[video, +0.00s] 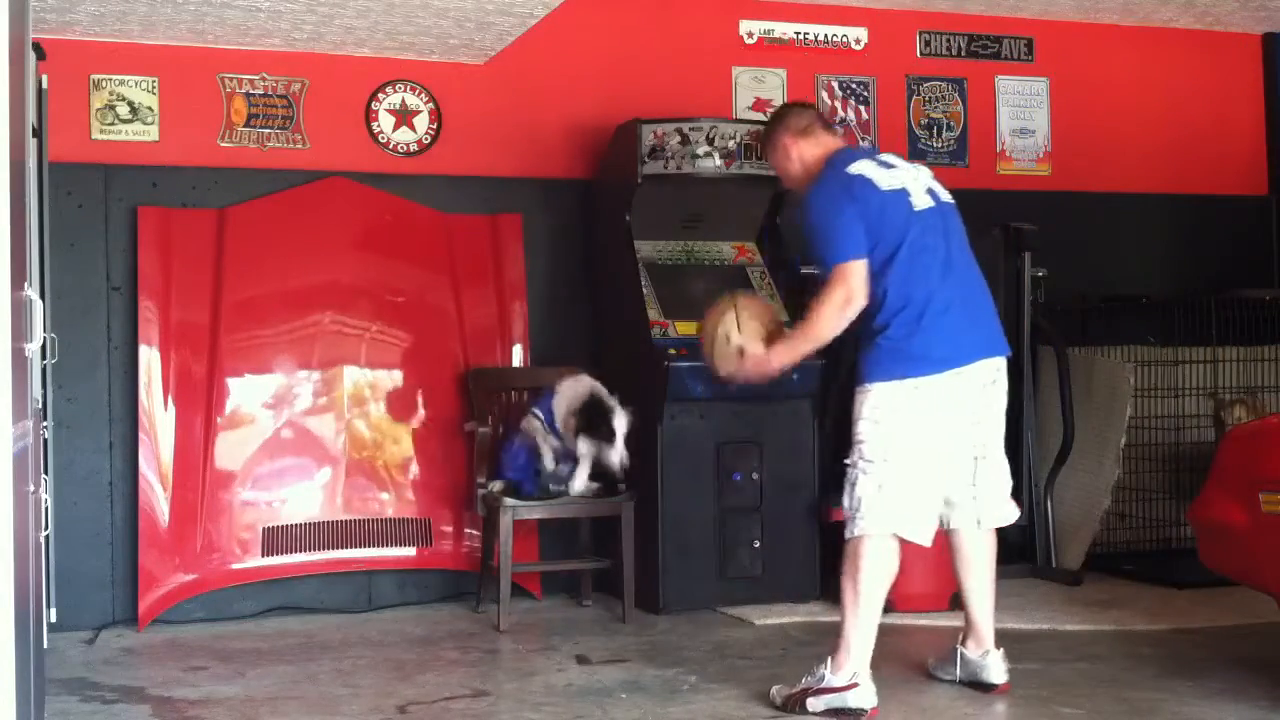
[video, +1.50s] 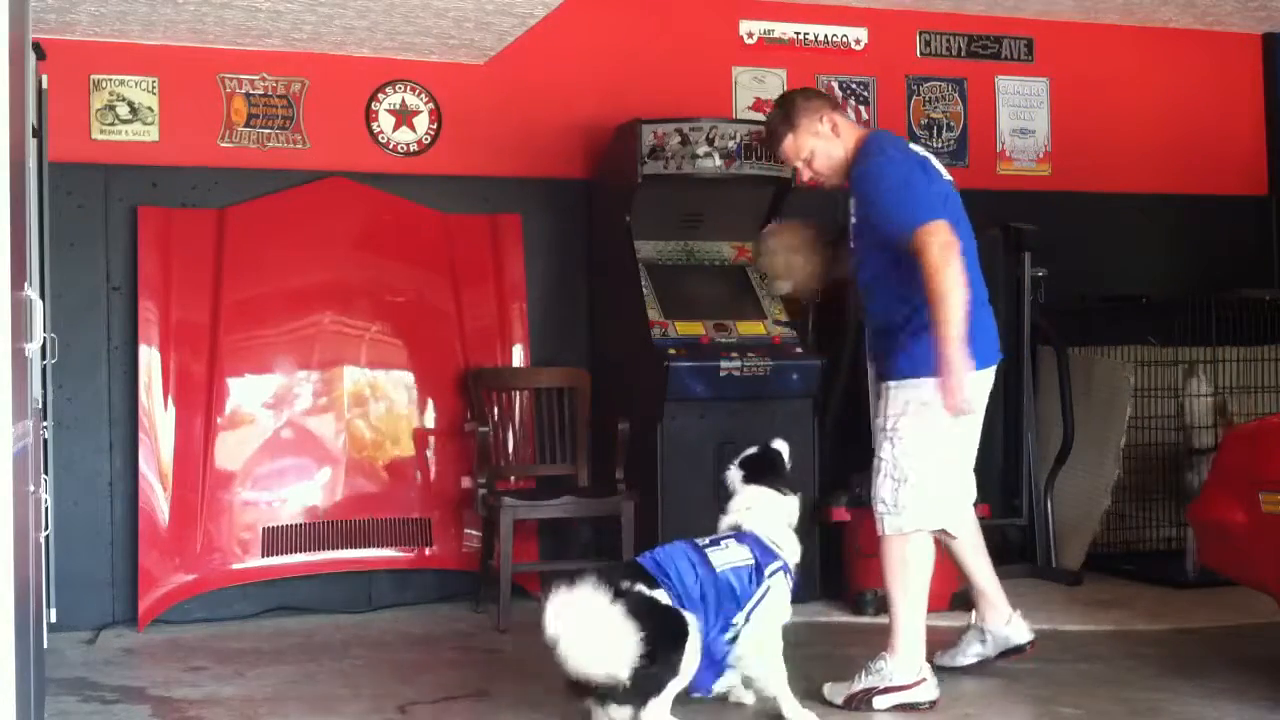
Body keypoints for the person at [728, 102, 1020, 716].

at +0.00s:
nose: (783, 181)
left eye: (778, 167)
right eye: (777, 170)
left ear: (795, 144)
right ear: (827, 134)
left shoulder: (830, 189)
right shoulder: (903, 166)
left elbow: (848, 294)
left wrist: (776, 356)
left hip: (907, 368)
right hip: (983, 356)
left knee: (873, 518)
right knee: (972, 508)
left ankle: (848, 671)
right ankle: (981, 650)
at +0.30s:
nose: (821, 165)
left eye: (816, 150)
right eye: (814, 154)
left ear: (838, 126)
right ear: (858, 119)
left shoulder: (884, 162)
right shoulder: (936, 159)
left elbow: (878, 253)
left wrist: (776, 263)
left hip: (923, 362)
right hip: (991, 354)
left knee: (887, 505)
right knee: (981, 505)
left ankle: (900, 656)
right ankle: (983, 650)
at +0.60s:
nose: (802, 177)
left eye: (800, 160)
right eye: (797, 165)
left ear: (826, 132)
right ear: (835, 129)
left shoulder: (885, 168)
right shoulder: (909, 164)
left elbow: (923, 263)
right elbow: (920, 295)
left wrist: (844, 295)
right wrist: (850, 336)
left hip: (934, 361)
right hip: (978, 355)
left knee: (896, 508)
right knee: (968, 506)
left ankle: (906, 664)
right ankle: (981, 650)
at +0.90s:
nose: (776, 200)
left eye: (772, 185)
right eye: (768, 192)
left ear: (800, 152)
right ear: (806, 148)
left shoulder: (856, 185)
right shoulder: (894, 165)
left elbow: (863, 295)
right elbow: (963, 242)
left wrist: (769, 350)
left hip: (925, 365)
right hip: (975, 355)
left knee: (881, 511)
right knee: (956, 508)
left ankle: (903, 663)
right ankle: (980, 647)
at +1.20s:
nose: (786, 184)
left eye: (781, 168)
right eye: (776, 176)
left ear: (807, 129)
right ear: (812, 128)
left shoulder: (857, 170)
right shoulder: (883, 156)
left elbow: (874, 266)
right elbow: (899, 278)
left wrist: (783, 330)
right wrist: (831, 302)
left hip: (915, 361)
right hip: (961, 350)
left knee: (889, 508)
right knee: (952, 500)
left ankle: (904, 663)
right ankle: (983, 641)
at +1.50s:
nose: (804, 177)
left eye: (802, 159)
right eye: (796, 169)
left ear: (832, 123)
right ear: (836, 124)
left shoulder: (883, 164)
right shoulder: (882, 162)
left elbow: (938, 245)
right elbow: (885, 255)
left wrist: (953, 355)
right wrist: (819, 265)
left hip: (923, 363)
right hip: (940, 358)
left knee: (902, 507)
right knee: (945, 497)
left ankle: (906, 664)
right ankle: (999, 618)